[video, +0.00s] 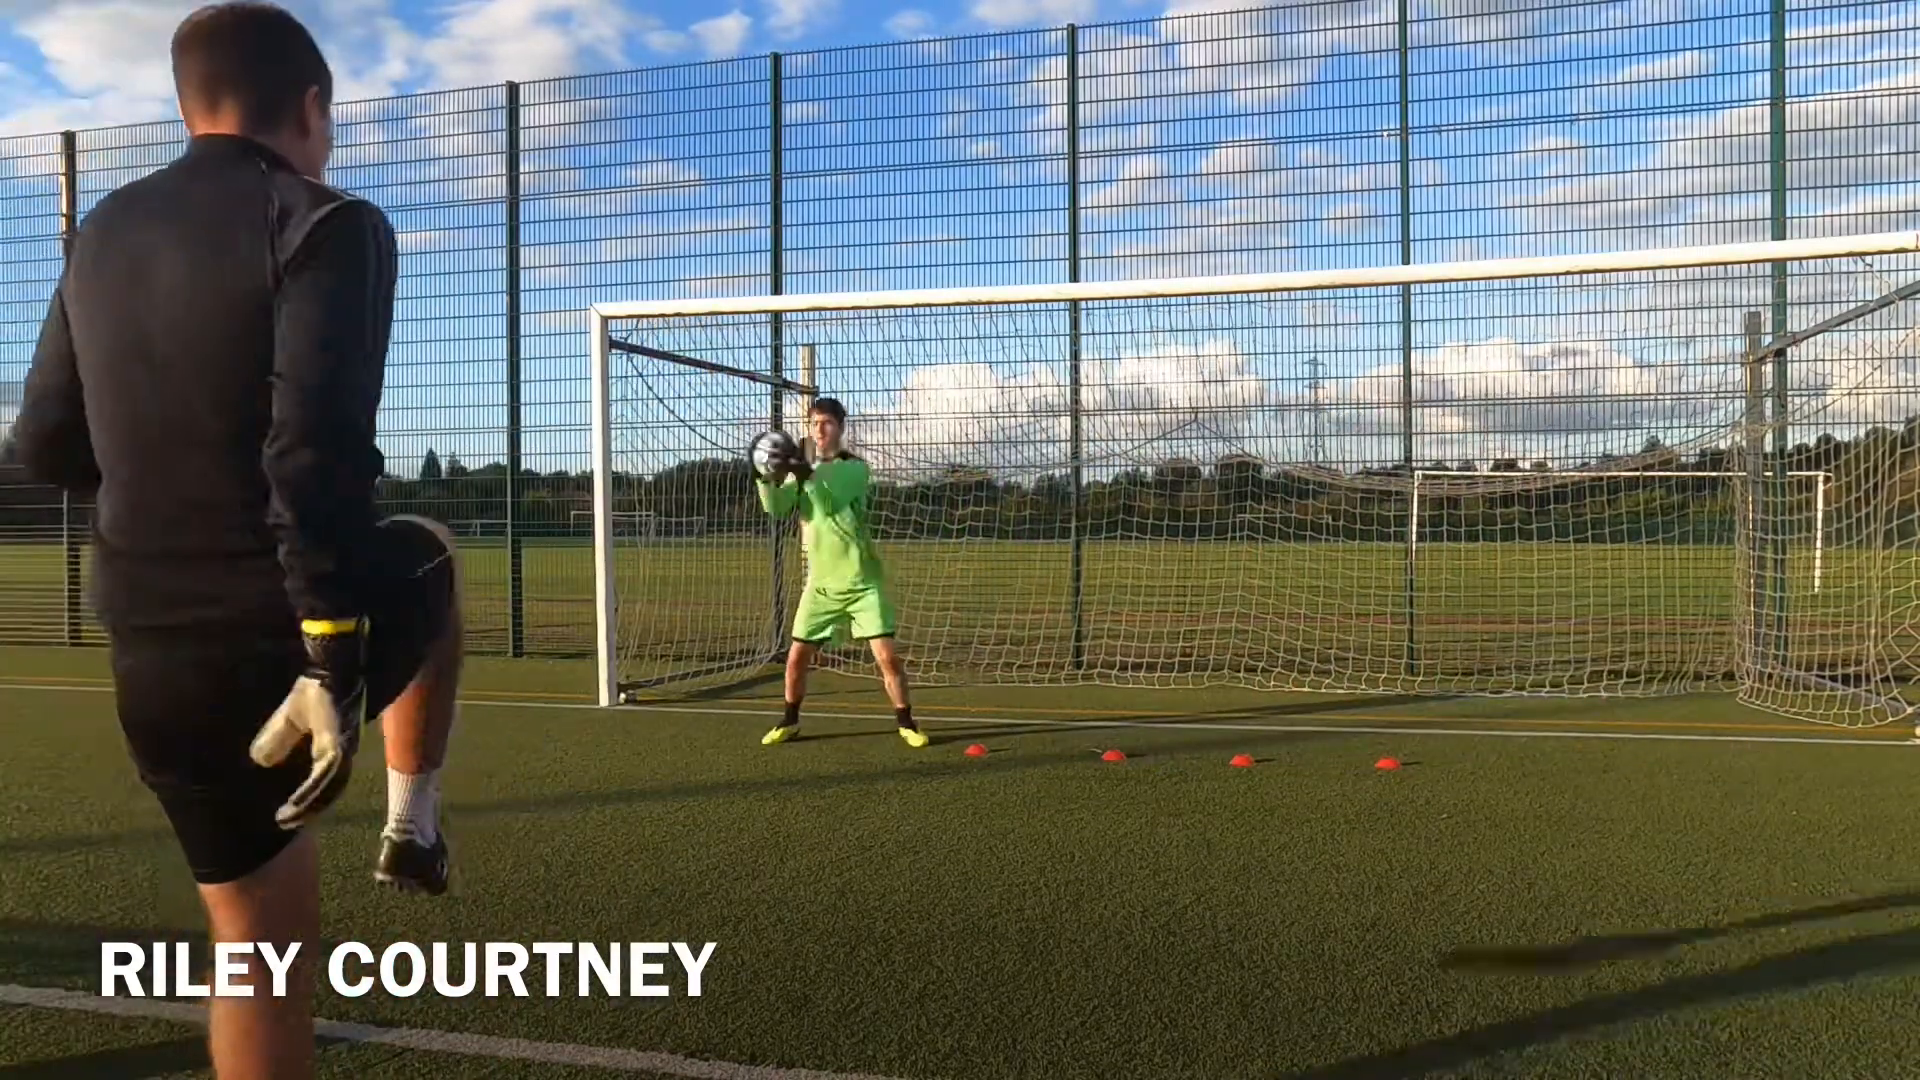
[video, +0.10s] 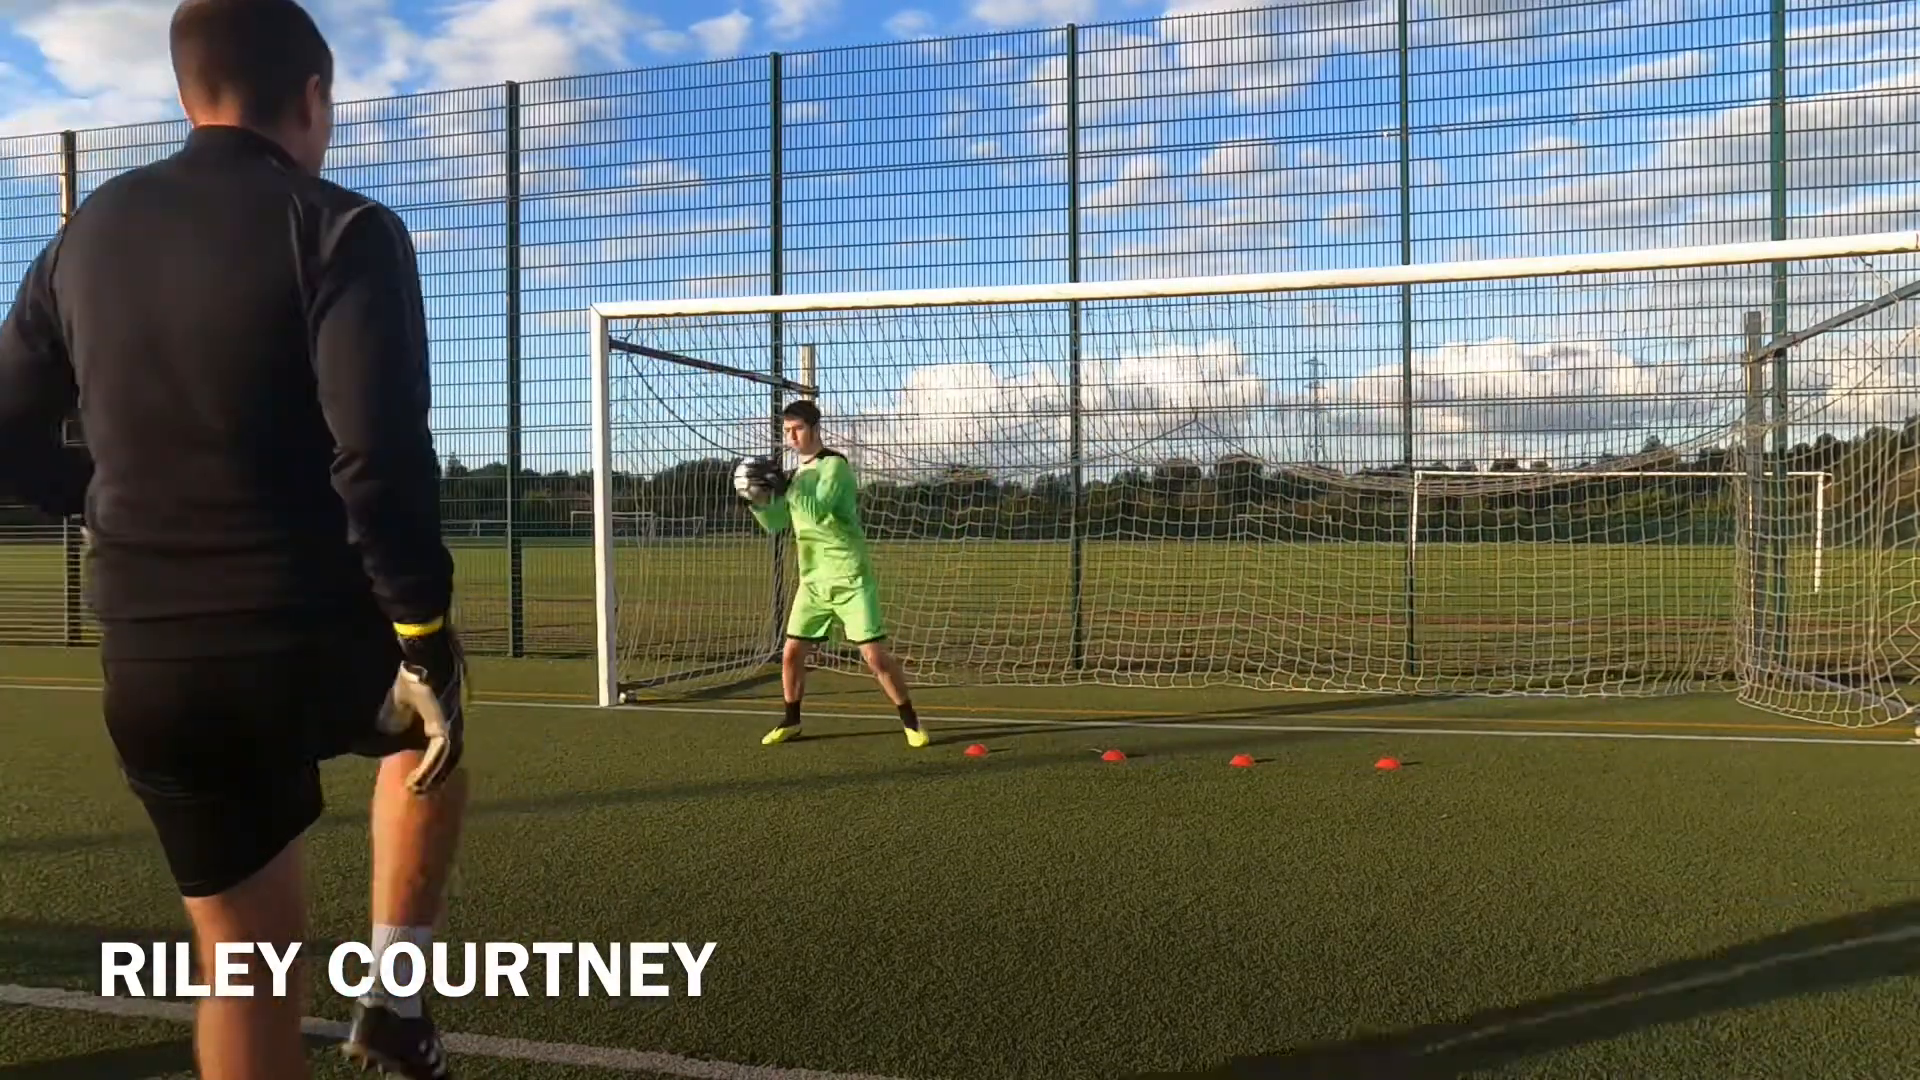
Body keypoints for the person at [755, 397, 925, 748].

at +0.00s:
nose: (820, 430)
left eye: (827, 423)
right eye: (815, 424)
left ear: (842, 428)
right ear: (809, 430)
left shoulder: (858, 470)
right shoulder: (801, 474)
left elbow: (832, 501)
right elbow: (776, 508)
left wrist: (803, 474)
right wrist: (766, 474)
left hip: (863, 581)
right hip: (820, 584)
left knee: (886, 654)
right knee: (796, 655)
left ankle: (906, 722)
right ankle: (790, 720)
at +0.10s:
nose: (791, 437)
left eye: (797, 430)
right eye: (787, 432)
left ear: (815, 429)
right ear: (787, 436)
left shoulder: (836, 466)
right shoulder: (795, 477)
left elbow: (820, 512)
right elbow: (774, 523)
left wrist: (784, 489)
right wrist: (755, 497)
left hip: (851, 579)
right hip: (813, 582)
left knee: (876, 658)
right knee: (791, 652)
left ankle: (911, 722)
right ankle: (791, 721)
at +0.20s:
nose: (770, 449)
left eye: (774, 441)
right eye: (766, 444)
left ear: (791, 438)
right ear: (767, 447)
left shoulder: (813, 472)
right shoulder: (792, 481)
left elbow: (807, 522)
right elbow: (788, 538)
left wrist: (767, 515)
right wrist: (753, 537)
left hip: (846, 575)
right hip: (814, 578)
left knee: (869, 659)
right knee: (791, 651)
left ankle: (910, 719)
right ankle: (791, 721)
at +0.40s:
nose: (761, 457)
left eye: (767, 450)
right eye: (755, 452)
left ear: (782, 452)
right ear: (751, 457)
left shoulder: (814, 484)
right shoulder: (774, 496)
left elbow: (845, 525)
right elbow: (794, 538)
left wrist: (809, 550)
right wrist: (785, 567)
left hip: (848, 579)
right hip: (814, 585)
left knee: (868, 656)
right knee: (796, 654)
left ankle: (912, 713)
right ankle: (792, 722)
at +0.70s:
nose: (851, 457)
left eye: (856, 451)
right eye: (845, 451)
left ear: (863, 448)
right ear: (832, 449)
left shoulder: (881, 482)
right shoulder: (816, 487)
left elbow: (917, 518)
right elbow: (792, 534)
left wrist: (893, 544)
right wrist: (799, 498)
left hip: (883, 586)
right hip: (841, 591)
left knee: (887, 659)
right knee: (820, 660)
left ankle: (899, 732)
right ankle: (798, 722)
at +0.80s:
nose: (892, 463)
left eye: (896, 456)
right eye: (886, 457)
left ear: (900, 450)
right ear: (868, 449)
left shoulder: (912, 483)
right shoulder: (844, 479)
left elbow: (942, 518)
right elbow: (821, 534)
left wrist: (916, 547)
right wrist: (832, 512)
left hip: (900, 584)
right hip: (858, 585)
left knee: (893, 659)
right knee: (833, 656)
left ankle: (899, 732)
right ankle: (815, 716)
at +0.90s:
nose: (920, 460)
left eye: (924, 454)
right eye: (914, 454)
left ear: (929, 448)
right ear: (897, 444)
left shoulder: (939, 481)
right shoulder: (867, 470)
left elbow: (964, 515)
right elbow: (851, 510)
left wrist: (943, 545)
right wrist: (854, 534)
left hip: (917, 582)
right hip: (873, 577)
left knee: (907, 657)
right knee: (859, 643)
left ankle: (900, 730)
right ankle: (850, 722)